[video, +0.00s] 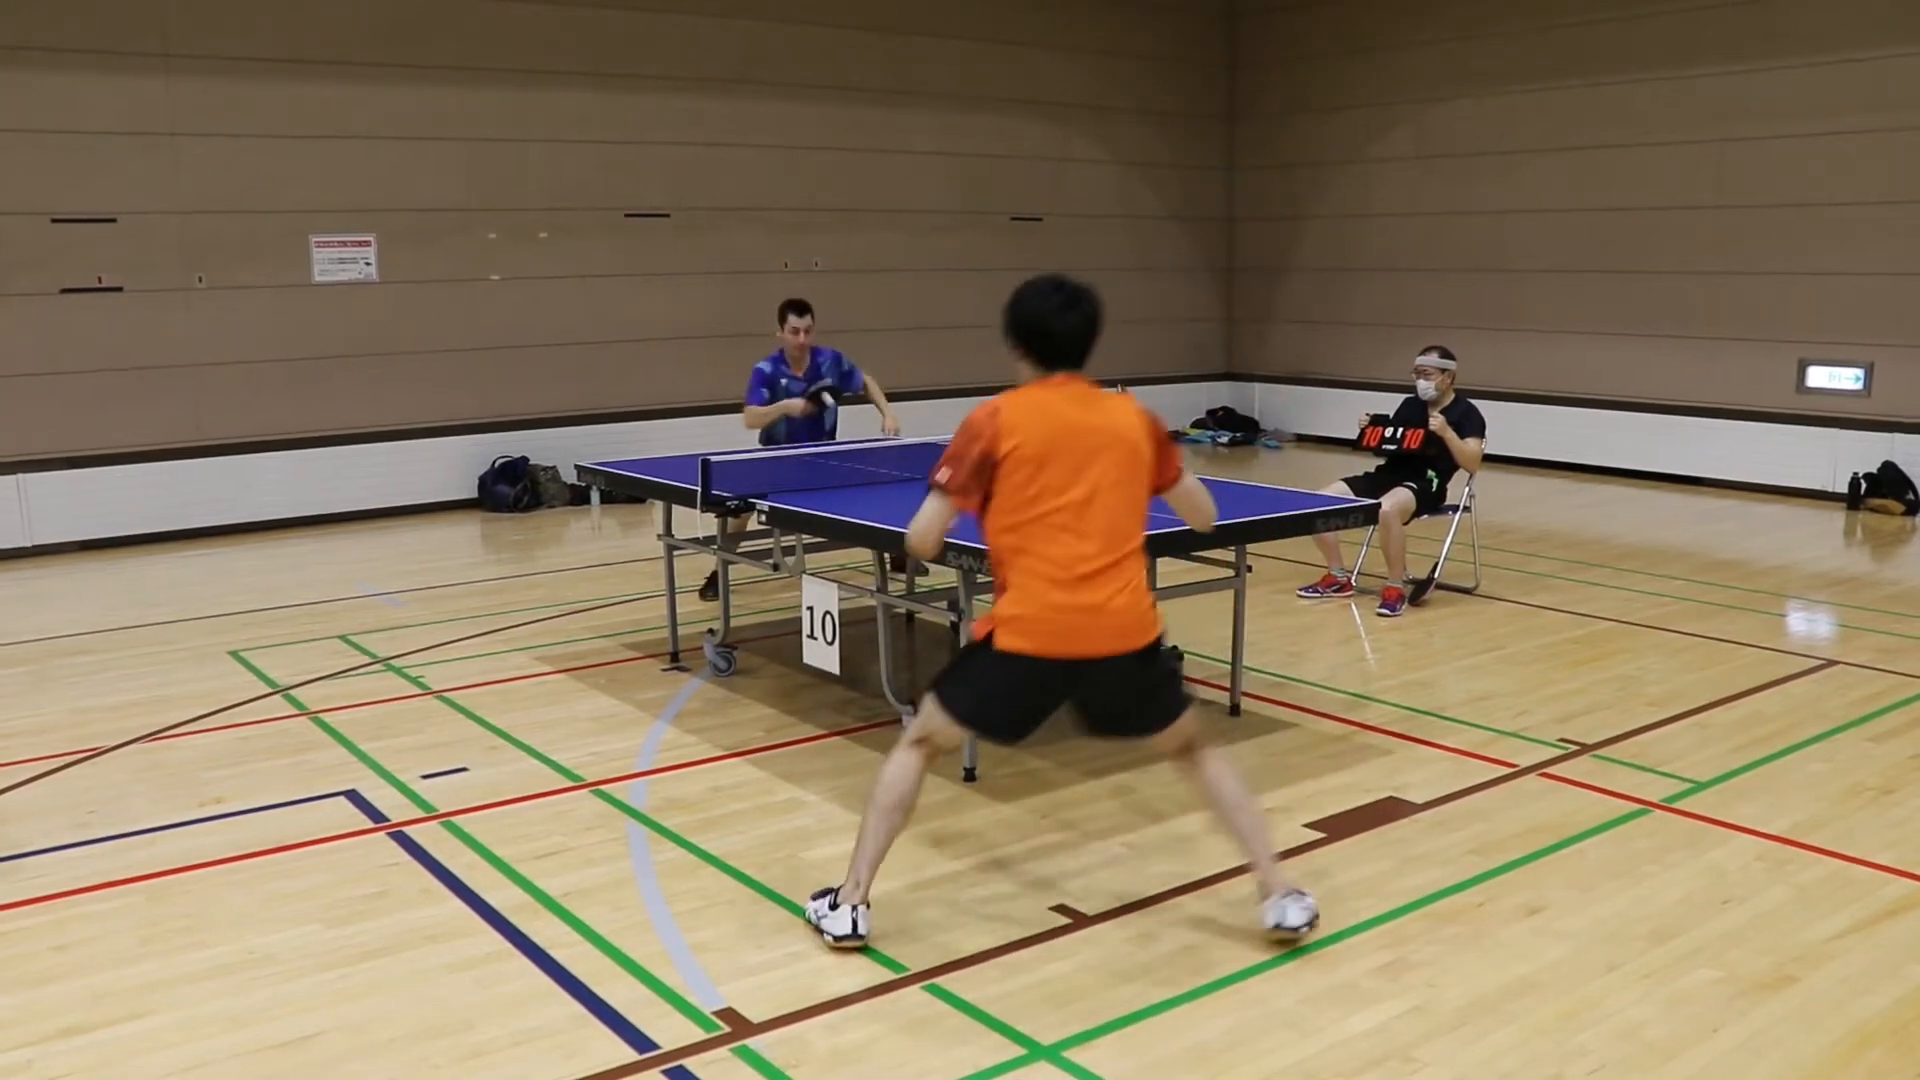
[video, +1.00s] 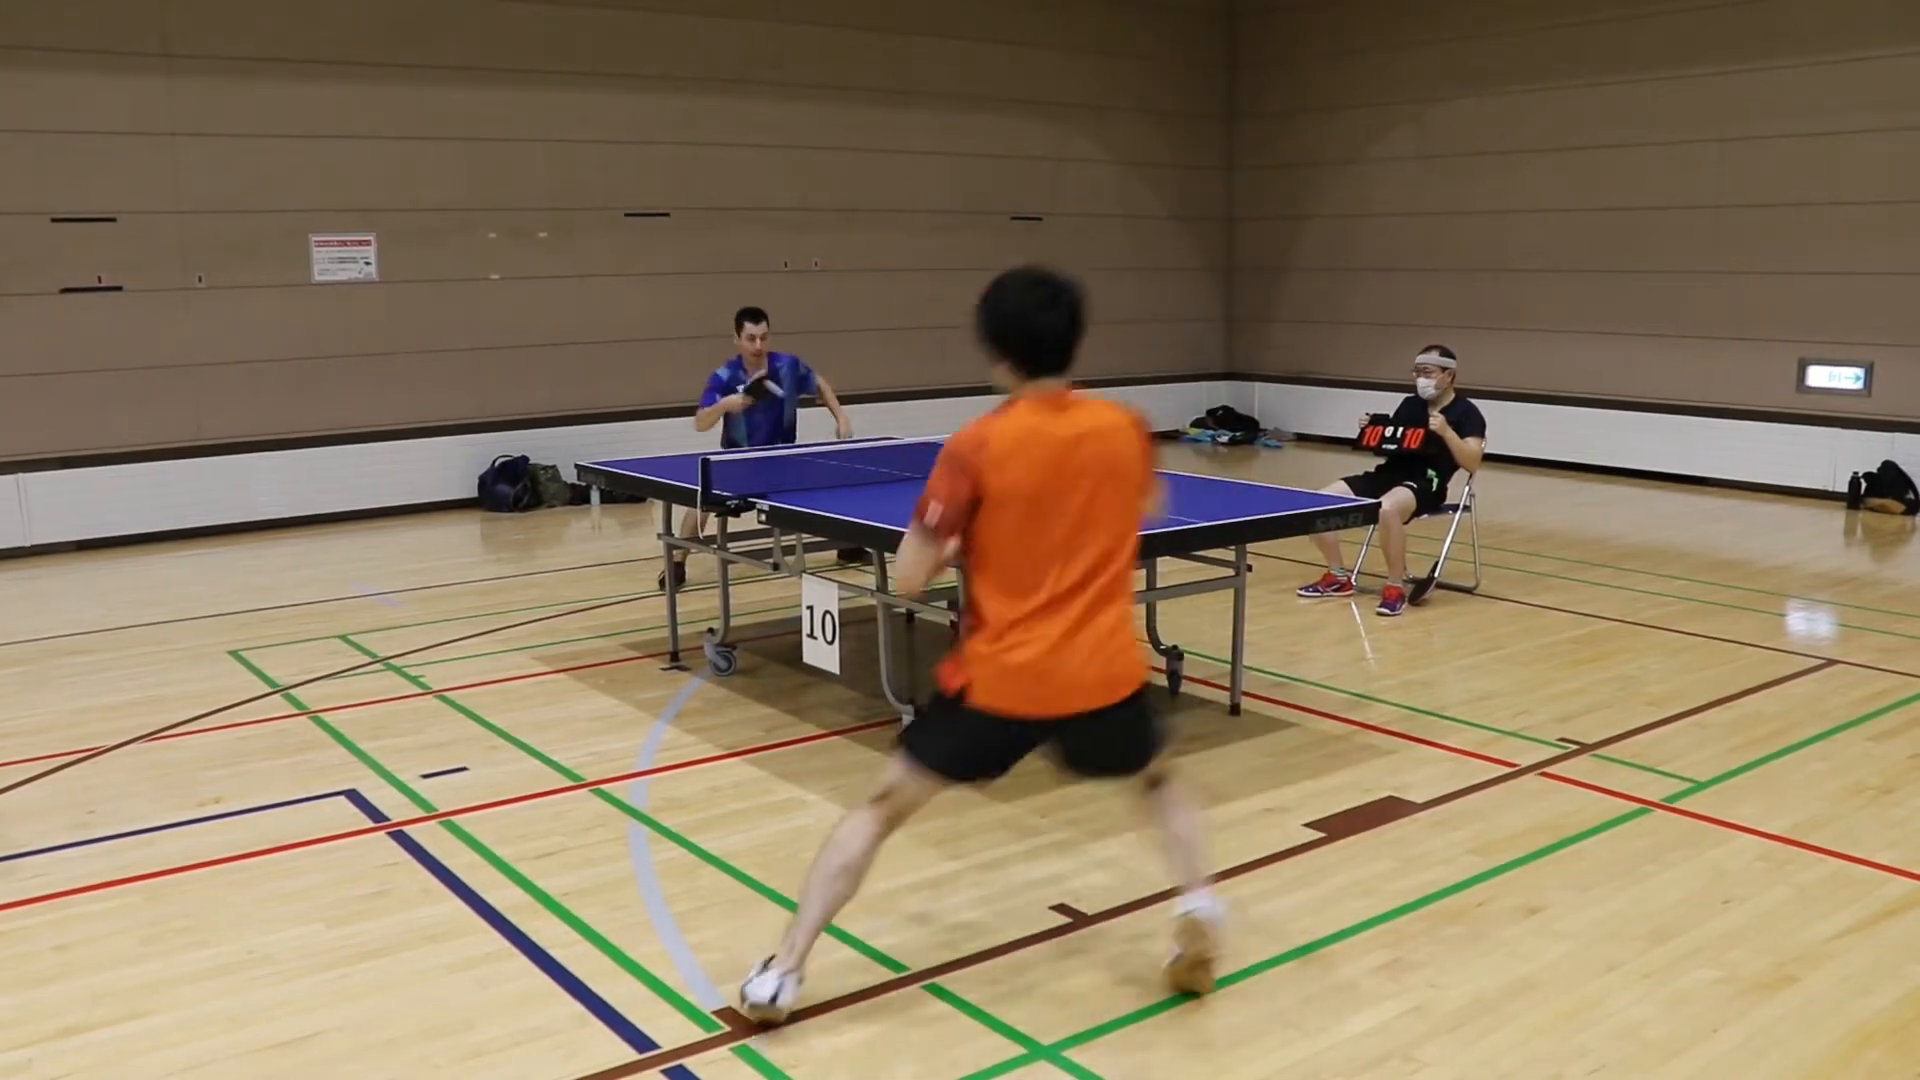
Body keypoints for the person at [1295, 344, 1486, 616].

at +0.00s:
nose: (1421, 382)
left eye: (1428, 376)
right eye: (1417, 375)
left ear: (1448, 378)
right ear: (1413, 375)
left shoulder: (1467, 414)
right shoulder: (1411, 405)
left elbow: (1472, 464)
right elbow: (1392, 440)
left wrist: (1447, 434)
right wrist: (1372, 427)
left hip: (1427, 482)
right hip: (1391, 474)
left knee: (1388, 510)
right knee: (1320, 502)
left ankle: (1394, 588)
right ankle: (1338, 577)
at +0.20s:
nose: (1421, 380)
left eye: (1428, 374)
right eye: (1418, 373)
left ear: (1448, 377)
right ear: (1413, 374)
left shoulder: (1467, 414)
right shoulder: (1411, 404)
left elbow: (1472, 463)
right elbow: (1393, 439)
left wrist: (1447, 433)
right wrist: (1372, 426)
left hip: (1427, 482)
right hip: (1391, 474)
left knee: (1388, 510)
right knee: (1320, 502)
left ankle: (1394, 588)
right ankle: (1337, 576)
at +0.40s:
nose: (1427, 378)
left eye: (1434, 372)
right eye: (1421, 372)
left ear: (1452, 376)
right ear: (1415, 375)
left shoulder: (1467, 414)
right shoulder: (1411, 404)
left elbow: (1472, 463)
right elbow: (1393, 439)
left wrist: (1447, 433)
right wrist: (1372, 426)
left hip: (1427, 481)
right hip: (1391, 473)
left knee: (1388, 509)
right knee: (1320, 502)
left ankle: (1394, 587)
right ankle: (1337, 576)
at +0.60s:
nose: (1428, 379)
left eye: (1436, 373)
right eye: (1423, 372)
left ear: (1453, 377)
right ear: (1417, 376)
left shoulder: (1467, 414)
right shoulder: (1411, 404)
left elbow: (1472, 463)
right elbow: (1393, 439)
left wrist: (1447, 433)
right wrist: (1372, 426)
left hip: (1427, 481)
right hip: (1391, 473)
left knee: (1388, 509)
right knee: (1320, 502)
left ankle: (1395, 588)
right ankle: (1337, 576)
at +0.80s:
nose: (1428, 379)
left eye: (1435, 372)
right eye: (1422, 372)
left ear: (1452, 377)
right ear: (1416, 376)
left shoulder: (1467, 414)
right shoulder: (1411, 404)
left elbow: (1472, 463)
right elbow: (1393, 439)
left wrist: (1447, 433)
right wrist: (1372, 426)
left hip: (1427, 481)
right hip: (1391, 473)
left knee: (1388, 509)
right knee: (1319, 503)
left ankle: (1394, 588)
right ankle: (1337, 576)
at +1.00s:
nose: (1422, 379)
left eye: (1430, 373)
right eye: (1418, 373)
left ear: (1449, 377)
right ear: (1414, 374)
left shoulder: (1467, 414)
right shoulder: (1411, 404)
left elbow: (1472, 463)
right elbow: (1394, 438)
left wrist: (1447, 433)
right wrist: (1373, 426)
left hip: (1427, 482)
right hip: (1391, 473)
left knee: (1388, 509)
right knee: (1320, 502)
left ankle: (1395, 588)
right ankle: (1337, 576)